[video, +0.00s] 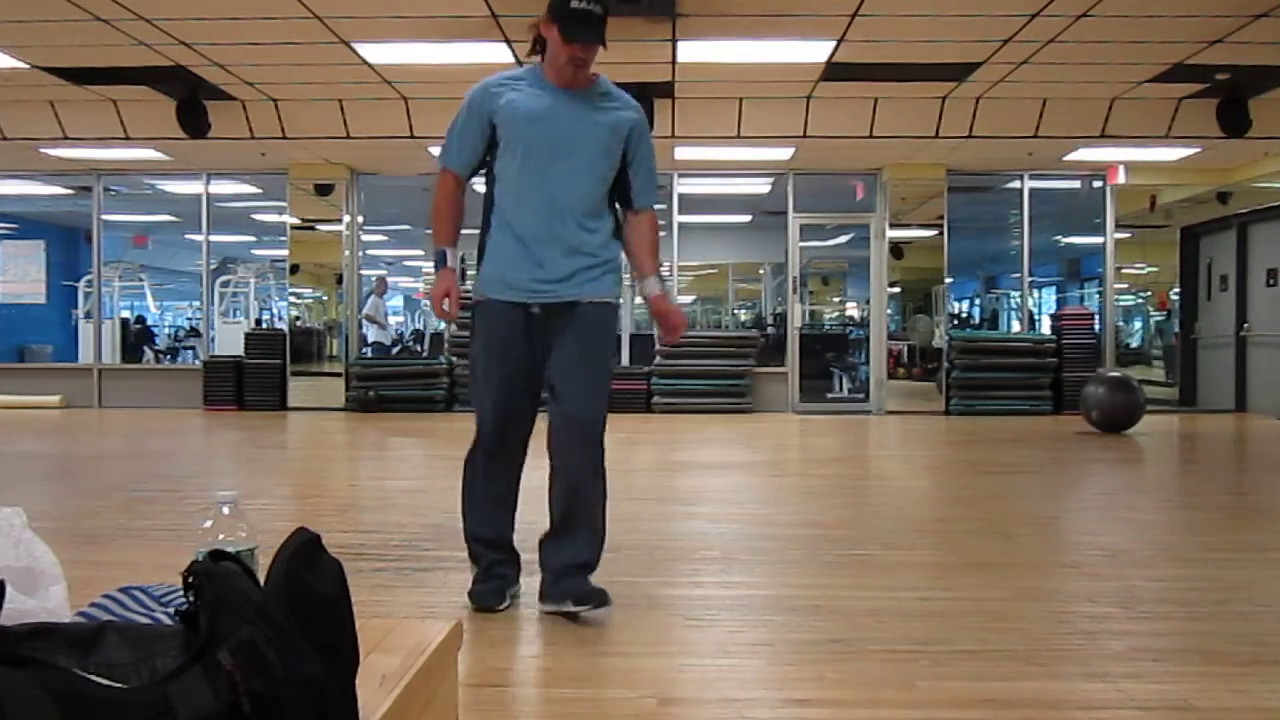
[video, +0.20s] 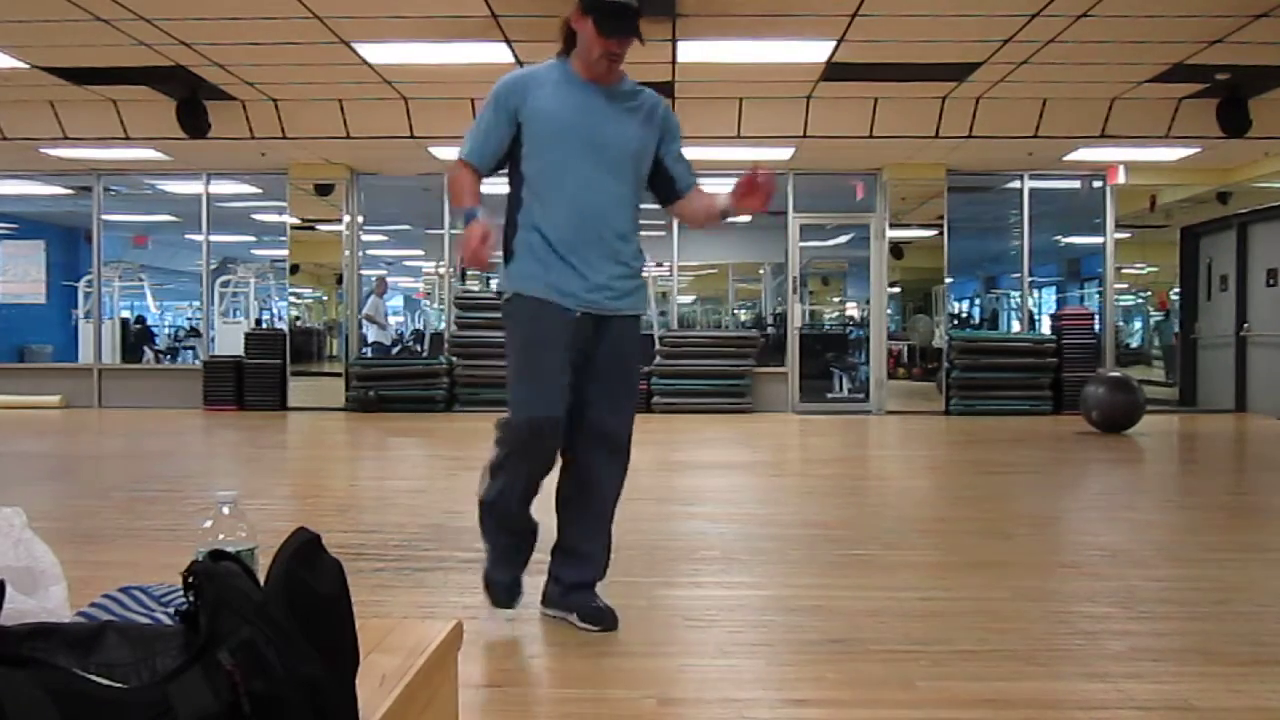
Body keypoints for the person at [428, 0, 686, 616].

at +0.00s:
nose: (583, 64)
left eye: (592, 54)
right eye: (573, 51)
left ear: (604, 44)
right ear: (545, 31)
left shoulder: (624, 114)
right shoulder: (494, 98)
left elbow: (639, 210)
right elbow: (451, 178)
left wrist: (654, 289)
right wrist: (445, 264)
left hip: (588, 298)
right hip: (504, 295)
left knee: (580, 438)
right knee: (497, 437)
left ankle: (568, 578)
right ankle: (492, 571)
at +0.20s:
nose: (618, 46)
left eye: (628, 36)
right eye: (609, 32)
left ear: (637, 35)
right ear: (576, 21)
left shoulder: (652, 111)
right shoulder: (522, 90)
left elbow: (685, 203)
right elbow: (465, 169)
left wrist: (732, 204)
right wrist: (473, 217)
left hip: (619, 295)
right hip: (541, 286)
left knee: (604, 447)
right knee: (538, 421)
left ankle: (572, 588)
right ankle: (506, 538)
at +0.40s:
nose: (652, 26)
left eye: (662, 17)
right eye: (644, 12)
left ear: (668, 18)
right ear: (611, 2)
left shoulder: (682, 83)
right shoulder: (551, 56)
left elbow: (729, 163)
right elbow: (487, 141)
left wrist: (772, 169)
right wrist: (524, 161)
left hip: (651, 275)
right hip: (571, 264)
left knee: (664, 415)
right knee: (599, 406)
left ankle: (606, 572)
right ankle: (592, 578)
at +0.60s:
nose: (689, 28)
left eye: (695, 18)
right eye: (679, 13)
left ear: (694, 22)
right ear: (638, 8)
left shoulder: (701, 105)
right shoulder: (575, 86)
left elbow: (702, 209)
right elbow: (517, 183)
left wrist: (746, 269)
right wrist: (564, 219)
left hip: (692, 310)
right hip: (609, 311)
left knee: (729, 439)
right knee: (638, 466)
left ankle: (649, 567)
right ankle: (665, 633)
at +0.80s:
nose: (746, 29)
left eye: (752, 20)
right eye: (744, 13)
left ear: (719, 13)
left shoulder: (713, 76)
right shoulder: (616, 46)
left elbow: (711, 150)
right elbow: (529, 123)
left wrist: (761, 180)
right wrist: (632, 166)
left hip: (690, 288)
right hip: (615, 287)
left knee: (723, 421)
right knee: (627, 450)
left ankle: (628, 545)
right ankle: (646, 620)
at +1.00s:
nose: (752, 45)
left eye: (756, 34)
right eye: (751, 28)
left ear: (714, 18)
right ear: (717, 13)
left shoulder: (694, 99)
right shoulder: (648, 74)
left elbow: (721, 191)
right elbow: (602, 178)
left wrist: (801, 192)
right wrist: (717, 220)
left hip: (684, 310)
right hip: (664, 312)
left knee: (685, 449)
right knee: (723, 449)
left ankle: (638, 584)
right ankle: (667, 629)